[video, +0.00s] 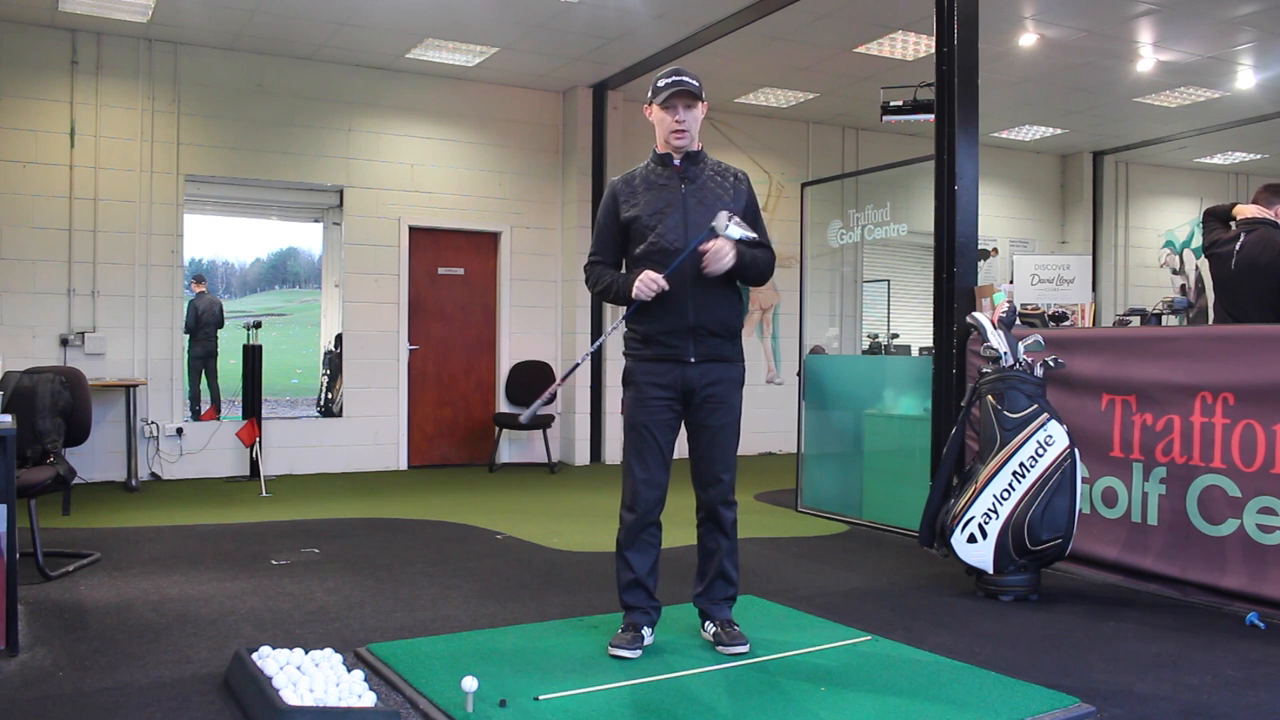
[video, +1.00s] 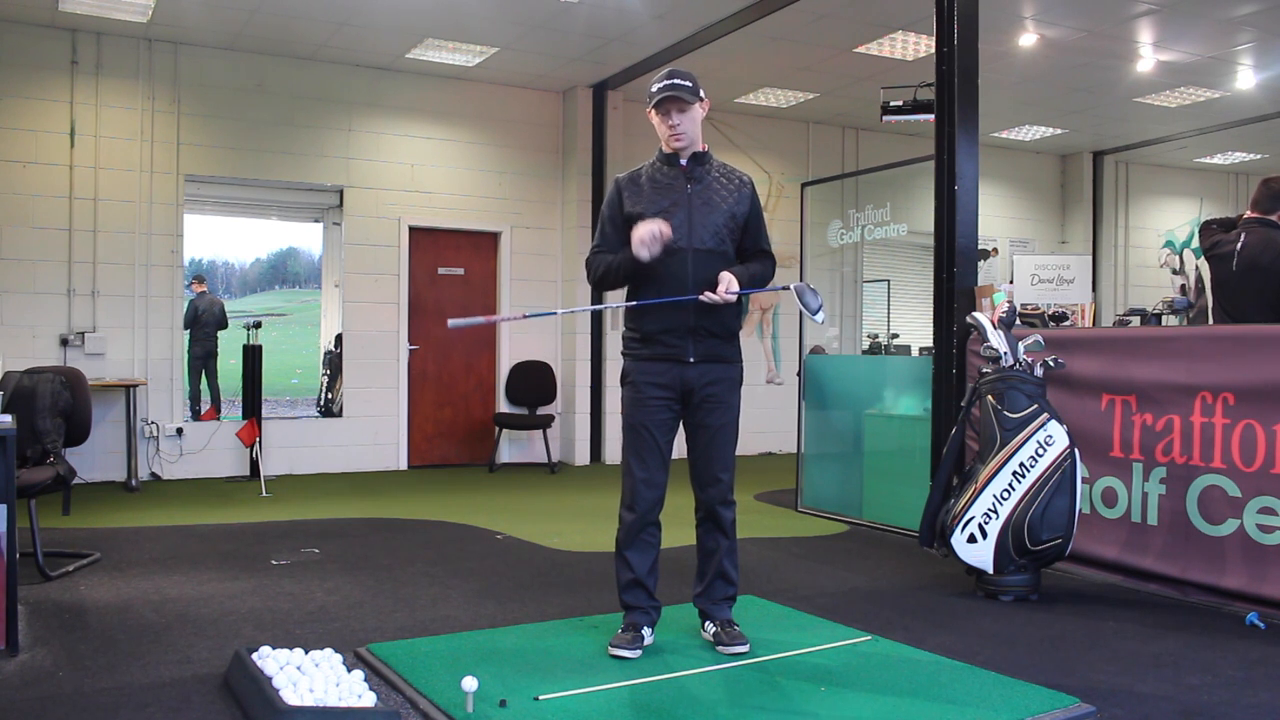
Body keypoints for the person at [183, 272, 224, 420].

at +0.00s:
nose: (191, 287)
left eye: (192, 285)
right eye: (191, 285)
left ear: (196, 285)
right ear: (205, 285)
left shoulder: (194, 302)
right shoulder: (216, 301)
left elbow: (190, 326)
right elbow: (221, 324)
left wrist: (186, 329)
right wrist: (208, 324)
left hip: (197, 345)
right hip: (212, 344)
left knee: (194, 383)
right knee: (213, 381)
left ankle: (195, 414)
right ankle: (216, 412)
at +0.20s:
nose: (190, 287)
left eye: (191, 284)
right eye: (191, 285)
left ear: (196, 285)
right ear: (204, 285)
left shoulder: (194, 302)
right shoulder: (217, 301)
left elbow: (189, 325)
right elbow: (222, 324)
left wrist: (188, 327)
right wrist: (210, 325)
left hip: (197, 345)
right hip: (212, 345)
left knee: (194, 383)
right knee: (213, 381)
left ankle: (195, 415)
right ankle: (216, 412)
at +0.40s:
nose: (191, 287)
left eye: (192, 285)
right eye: (191, 285)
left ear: (197, 285)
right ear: (204, 285)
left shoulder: (194, 302)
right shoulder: (217, 301)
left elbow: (188, 325)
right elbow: (223, 324)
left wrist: (189, 330)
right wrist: (210, 325)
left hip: (197, 345)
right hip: (212, 345)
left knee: (194, 383)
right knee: (213, 381)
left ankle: (195, 414)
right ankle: (216, 412)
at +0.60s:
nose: (191, 288)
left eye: (191, 285)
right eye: (191, 285)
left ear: (196, 285)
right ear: (204, 285)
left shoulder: (194, 302)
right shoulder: (217, 301)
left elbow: (188, 325)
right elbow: (224, 323)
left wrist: (191, 330)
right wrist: (211, 326)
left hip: (197, 346)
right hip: (212, 346)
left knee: (194, 383)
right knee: (213, 381)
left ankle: (195, 414)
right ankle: (216, 412)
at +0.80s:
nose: (191, 288)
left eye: (192, 285)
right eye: (191, 285)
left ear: (197, 285)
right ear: (204, 285)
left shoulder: (194, 302)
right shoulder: (217, 301)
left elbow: (187, 325)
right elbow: (224, 324)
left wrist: (192, 330)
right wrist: (211, 326)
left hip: (197, 345)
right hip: (212, 345)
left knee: (194, 382)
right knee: (213, 381)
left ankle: (195, 414)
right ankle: (216, 412)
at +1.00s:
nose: (191, 287)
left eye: (193, 285)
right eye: (192, 285)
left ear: (198, 285)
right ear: (205, 285)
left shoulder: (195, 302)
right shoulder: (218, 301)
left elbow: (186, 325)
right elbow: (224, 324)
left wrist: (196, 319)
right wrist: (210, 326)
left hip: (197, 345)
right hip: (212, 345)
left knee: (194, 382)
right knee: (213, 381)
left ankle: (195, 414)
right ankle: (216, 412)